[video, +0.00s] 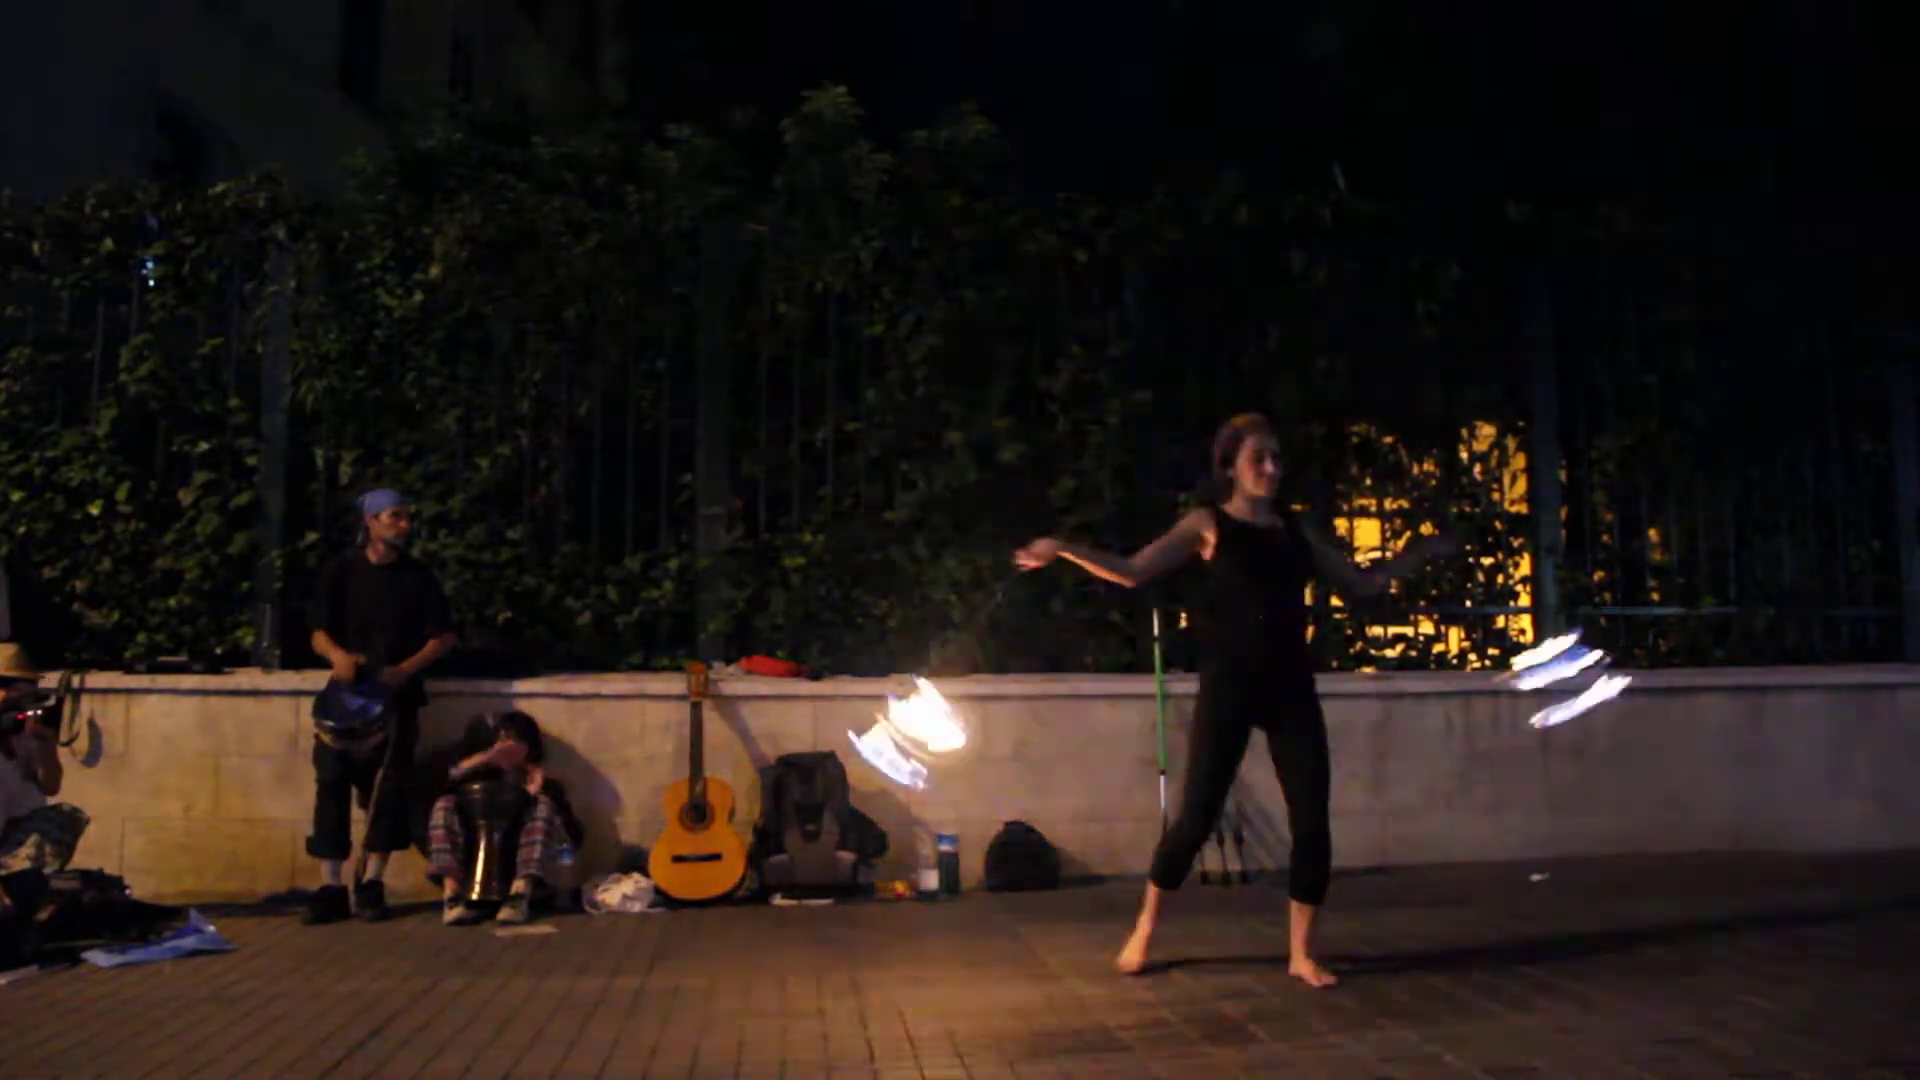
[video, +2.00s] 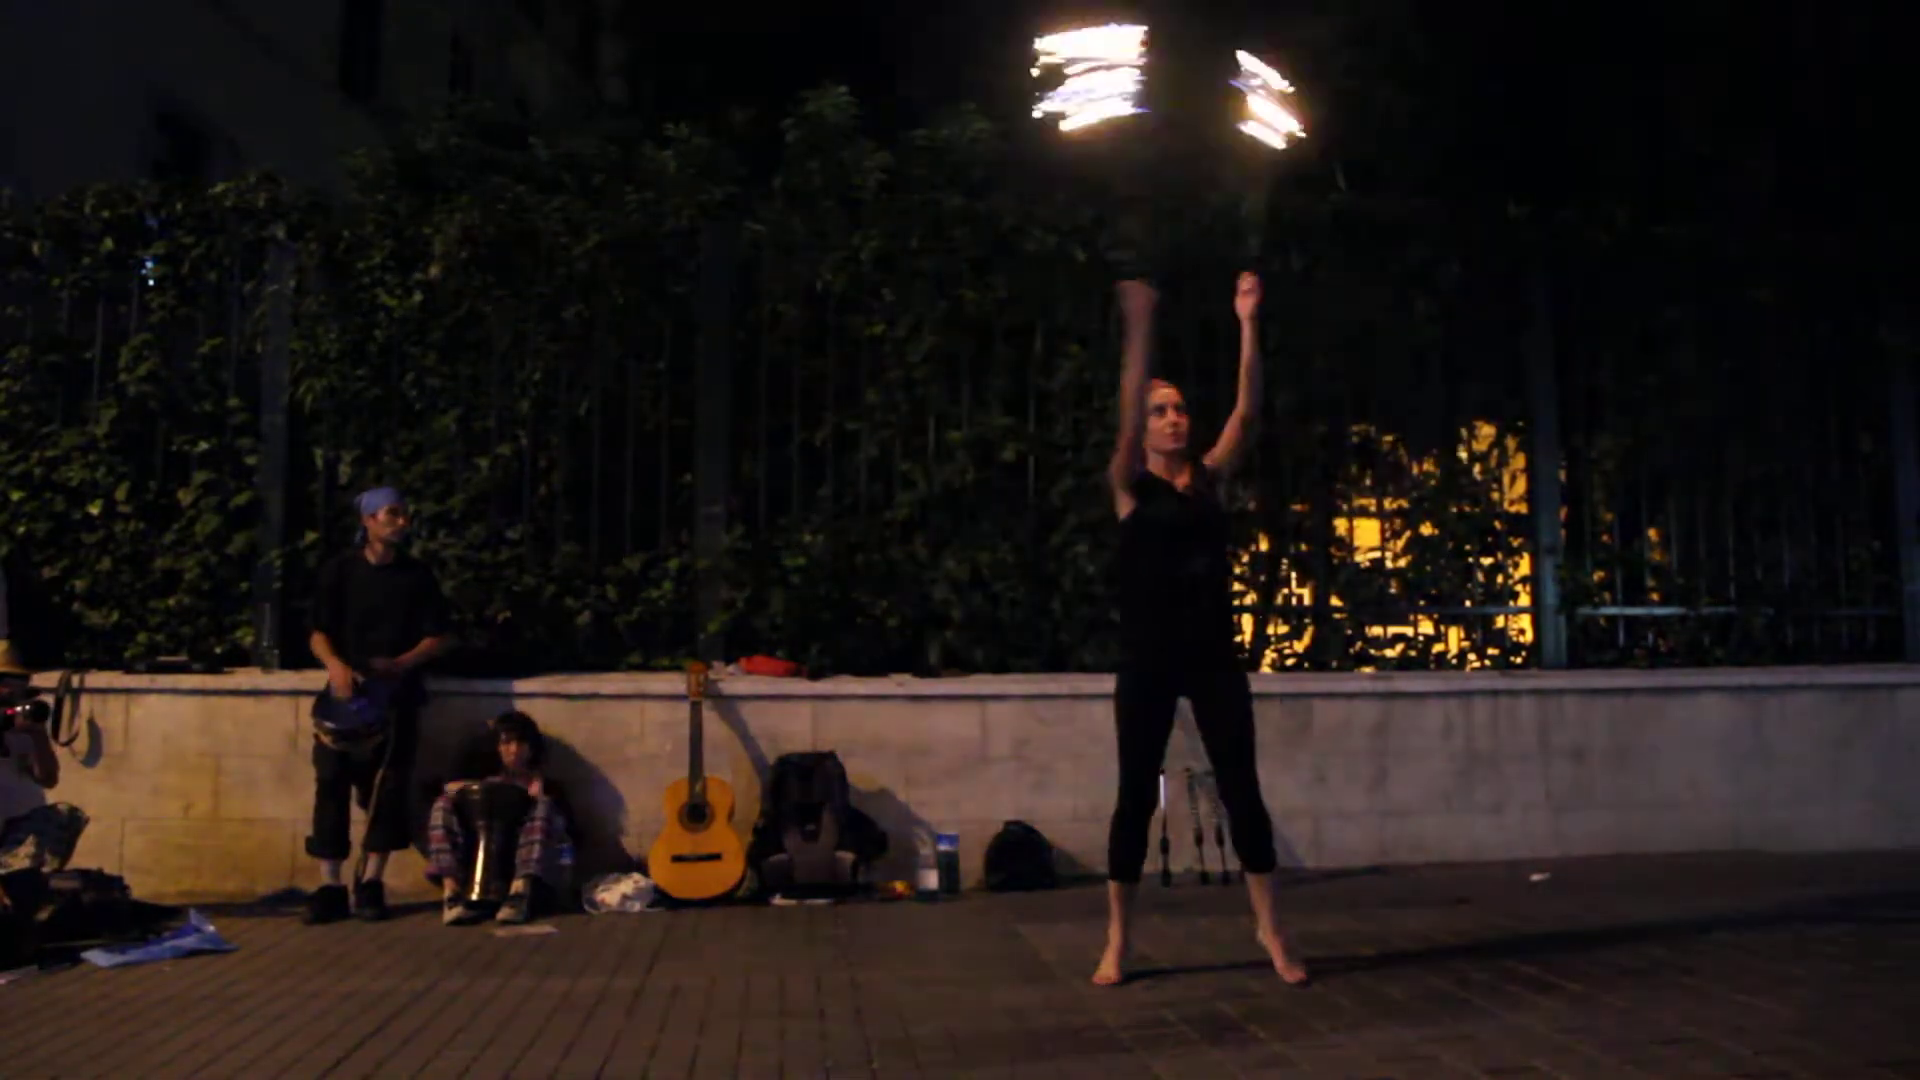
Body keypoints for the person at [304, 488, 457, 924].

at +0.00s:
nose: (404, 525)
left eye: (406, 518)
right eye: (395, 518)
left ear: (406, 524)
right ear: (371, 522)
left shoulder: (418, 576)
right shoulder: (341, 572)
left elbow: (444, 637)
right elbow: (318, 632)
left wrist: (404, 669)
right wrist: (339, 657)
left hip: (396, 695)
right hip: (345, 693)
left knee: (390, 784)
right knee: (331, 782)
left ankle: (371, 881)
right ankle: (332, 883)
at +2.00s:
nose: (402, 522)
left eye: (403, 515)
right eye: (392, 515)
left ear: (404, 522)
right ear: (368, 521)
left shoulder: (417, 574)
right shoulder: (339, 572)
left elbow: (439, 637)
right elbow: (316, 632)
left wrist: (398, 665)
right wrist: (335, 667)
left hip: (397, 696)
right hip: (344, 692)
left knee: (389, 786)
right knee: (331, 785)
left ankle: (371, 881)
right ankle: (331, 883)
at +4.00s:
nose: (401, 523)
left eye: (403, 516)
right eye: (392, 516)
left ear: (403, 523)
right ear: (367, 521)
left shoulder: (417, 574)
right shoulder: (339, 572)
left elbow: (442, 636)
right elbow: (316, 632)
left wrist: (401, 665)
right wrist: (335, 650)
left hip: (394, 693)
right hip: (344, 690)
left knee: (387, 784)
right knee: (331, 782)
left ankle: (371, 880)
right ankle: (330, 883)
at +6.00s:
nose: (402, 524)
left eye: (405, 517)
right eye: (393, 517)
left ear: (406, 524)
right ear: (368, 521)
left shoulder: (417, 574)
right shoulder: (341, 571)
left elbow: (440, 638)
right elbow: (316, 631)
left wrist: (399, 669)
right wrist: (336, 648)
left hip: (396, 692)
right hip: (345, 690)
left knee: (389, 783)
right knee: (331, 782)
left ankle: (371, 880)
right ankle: (330, 883)